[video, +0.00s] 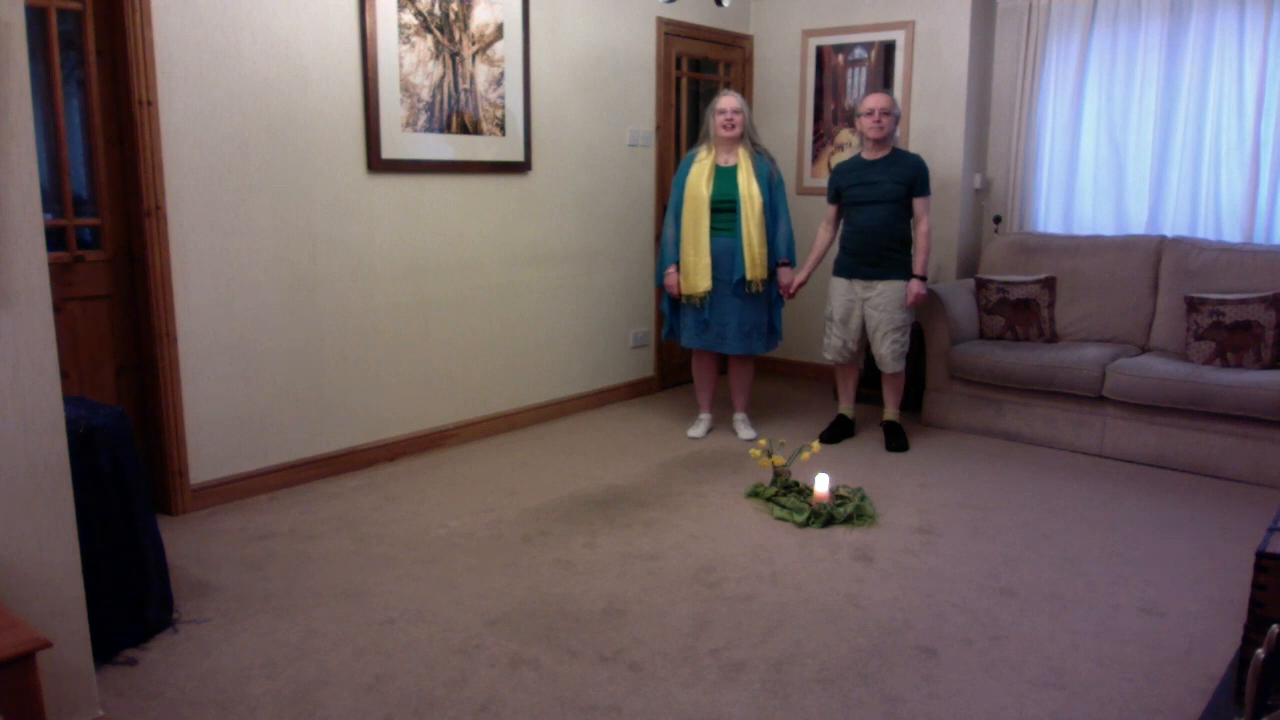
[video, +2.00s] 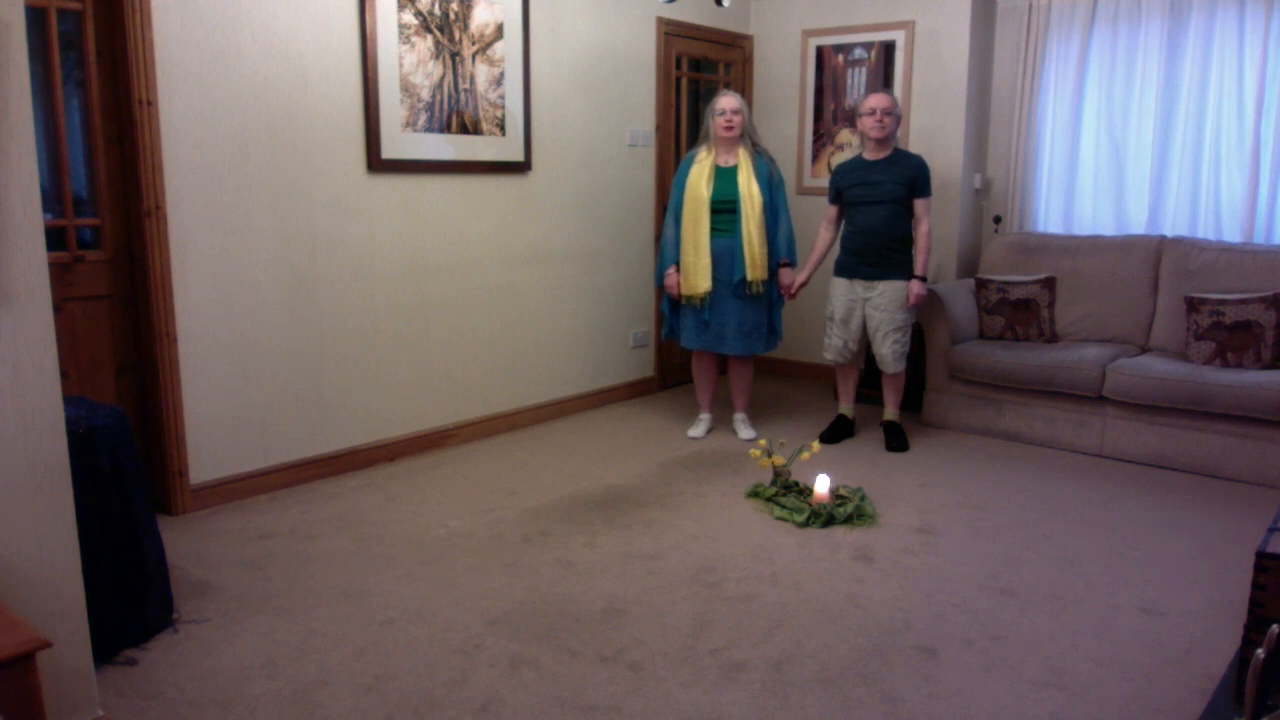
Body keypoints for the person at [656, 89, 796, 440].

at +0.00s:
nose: (728, 118)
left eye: (735, 113)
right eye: (722, 113)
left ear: (745, 119)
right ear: (711, 119)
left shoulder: (762, 163)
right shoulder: (693, 162)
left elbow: (779, 215)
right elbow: (674, 217)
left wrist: (784, 263)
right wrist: (670, 266)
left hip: (749, 267)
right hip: (700, 267)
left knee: (742, 344)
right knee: (702, 342)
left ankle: (741, 415)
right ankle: (704, 413)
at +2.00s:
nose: (728, 119)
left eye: (735, 113)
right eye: (721, 113)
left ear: (745, 119)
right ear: (710, 120)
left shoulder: (762, 164)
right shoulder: (692, 163)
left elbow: (779, 216)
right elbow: (674, 218)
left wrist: (785, 264)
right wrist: (670, 267)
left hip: (748, 268)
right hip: (700, 269)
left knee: (742, 344)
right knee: (702, 343)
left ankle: (741, 415)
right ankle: (704, 413)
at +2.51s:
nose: (728, 119)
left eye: (735, 113)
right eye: (720, 113)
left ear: (745, 119)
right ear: (710, 119)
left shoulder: (762, 163)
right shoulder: (692, 163)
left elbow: (779, 215)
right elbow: (673, 218)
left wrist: (784, 264)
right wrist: (670, 266)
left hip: (748, 268)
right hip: (700, 268)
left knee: (742, 344)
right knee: (702, 343)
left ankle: (741, 415)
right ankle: (704, 413)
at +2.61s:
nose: (728, 119)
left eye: (735, 113)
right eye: (720, 113)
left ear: (745, 119)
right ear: (709, 120)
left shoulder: (762, 163)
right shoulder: (692, 163)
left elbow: (779, 215)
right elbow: (673, 218)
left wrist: (784, 264)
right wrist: (670, 266)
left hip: (748, 268)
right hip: (700, 268)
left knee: (742, 344)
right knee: (702, 343)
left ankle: (741, 415)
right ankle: (704, 413)